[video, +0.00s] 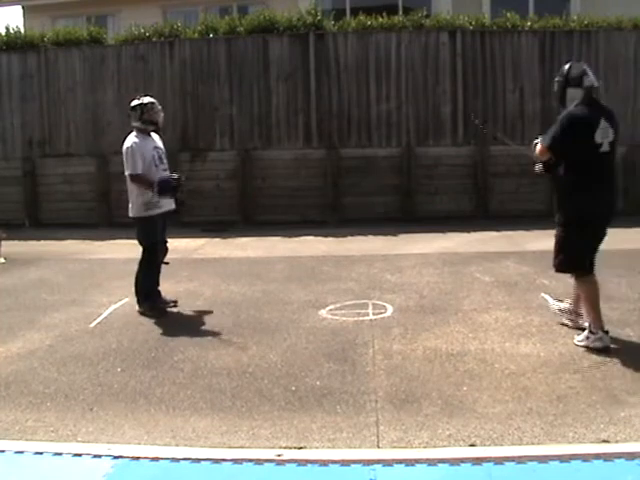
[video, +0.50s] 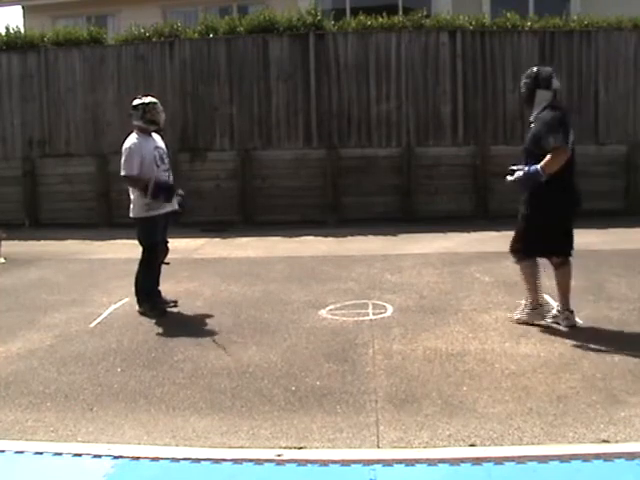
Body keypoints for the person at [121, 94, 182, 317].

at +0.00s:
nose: (159, 115)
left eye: (159, 111)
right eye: (154, 112)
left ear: (154, 115)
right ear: (142, 116)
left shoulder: (155, 138)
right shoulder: (132, 144)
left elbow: (158, 167)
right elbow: (134, 175)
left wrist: (171, 179)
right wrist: (159, 186)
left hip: (160, 207)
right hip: (145, 209)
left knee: (158, 251)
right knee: (151, 252)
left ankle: (154, 295)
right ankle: (145, 300)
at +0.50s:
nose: (159, 115)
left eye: (158, 111)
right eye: (153, 111)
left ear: (156, 115)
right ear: (141, 115)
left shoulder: (156, 138)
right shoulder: (132, 144)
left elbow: (159, 171)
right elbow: (128, 175)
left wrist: (171, 190)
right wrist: (153, 188)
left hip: (162, 208)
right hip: (145, 210)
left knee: (159, 252)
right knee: (151, 253)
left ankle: (154, 295)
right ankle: (145, 301)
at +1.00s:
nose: (163, 116)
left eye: (163, 111)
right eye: (159, 112)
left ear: (158, 115)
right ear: (149, 115)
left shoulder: (157, 138)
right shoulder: (138, 144)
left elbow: (158, 170)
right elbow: (130, 176)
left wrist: (172, 192)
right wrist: (147, 196)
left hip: (165, 208)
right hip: (149, 211)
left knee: (161, 251)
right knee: (154, 252)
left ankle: (155, 295)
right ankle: (146, 300)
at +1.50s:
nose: (169, 119)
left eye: (169, 114)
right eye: (166, 115)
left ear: (153, 118)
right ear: (157, 117)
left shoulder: (159, 140)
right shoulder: (139, 144)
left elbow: (160, 168)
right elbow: (131, 173)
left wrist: (169, 185)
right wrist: (149, 190)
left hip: (165, 208)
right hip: (151, 210)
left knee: (162, 252)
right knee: (157, 252)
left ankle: (156, 296)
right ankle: (149, 300)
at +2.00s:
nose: (173, 117)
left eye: (173, 112)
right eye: (168, 112)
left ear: (165, 116)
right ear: (157, 115)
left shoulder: (164, 140)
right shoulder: (147, 145)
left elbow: (166, 173)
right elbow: (143, 179)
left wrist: (177, 197)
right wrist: (152, 204)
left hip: (171, 206)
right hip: (160, 207)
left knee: (163, 252)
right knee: (169, 252)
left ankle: (154, 297)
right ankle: (170, 301)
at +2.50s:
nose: (175, 118)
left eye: (175, 113)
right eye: (171, 113)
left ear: (153, 116)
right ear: (163, 115)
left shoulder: (159, 139)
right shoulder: (157, 143)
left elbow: (174, 169)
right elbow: (183, 164)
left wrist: (196, 179)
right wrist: (213, 171)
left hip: (171, 207)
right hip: (167, 209)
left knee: (169, 251)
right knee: (174, 253)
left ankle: (158, 297)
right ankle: (170, 302)